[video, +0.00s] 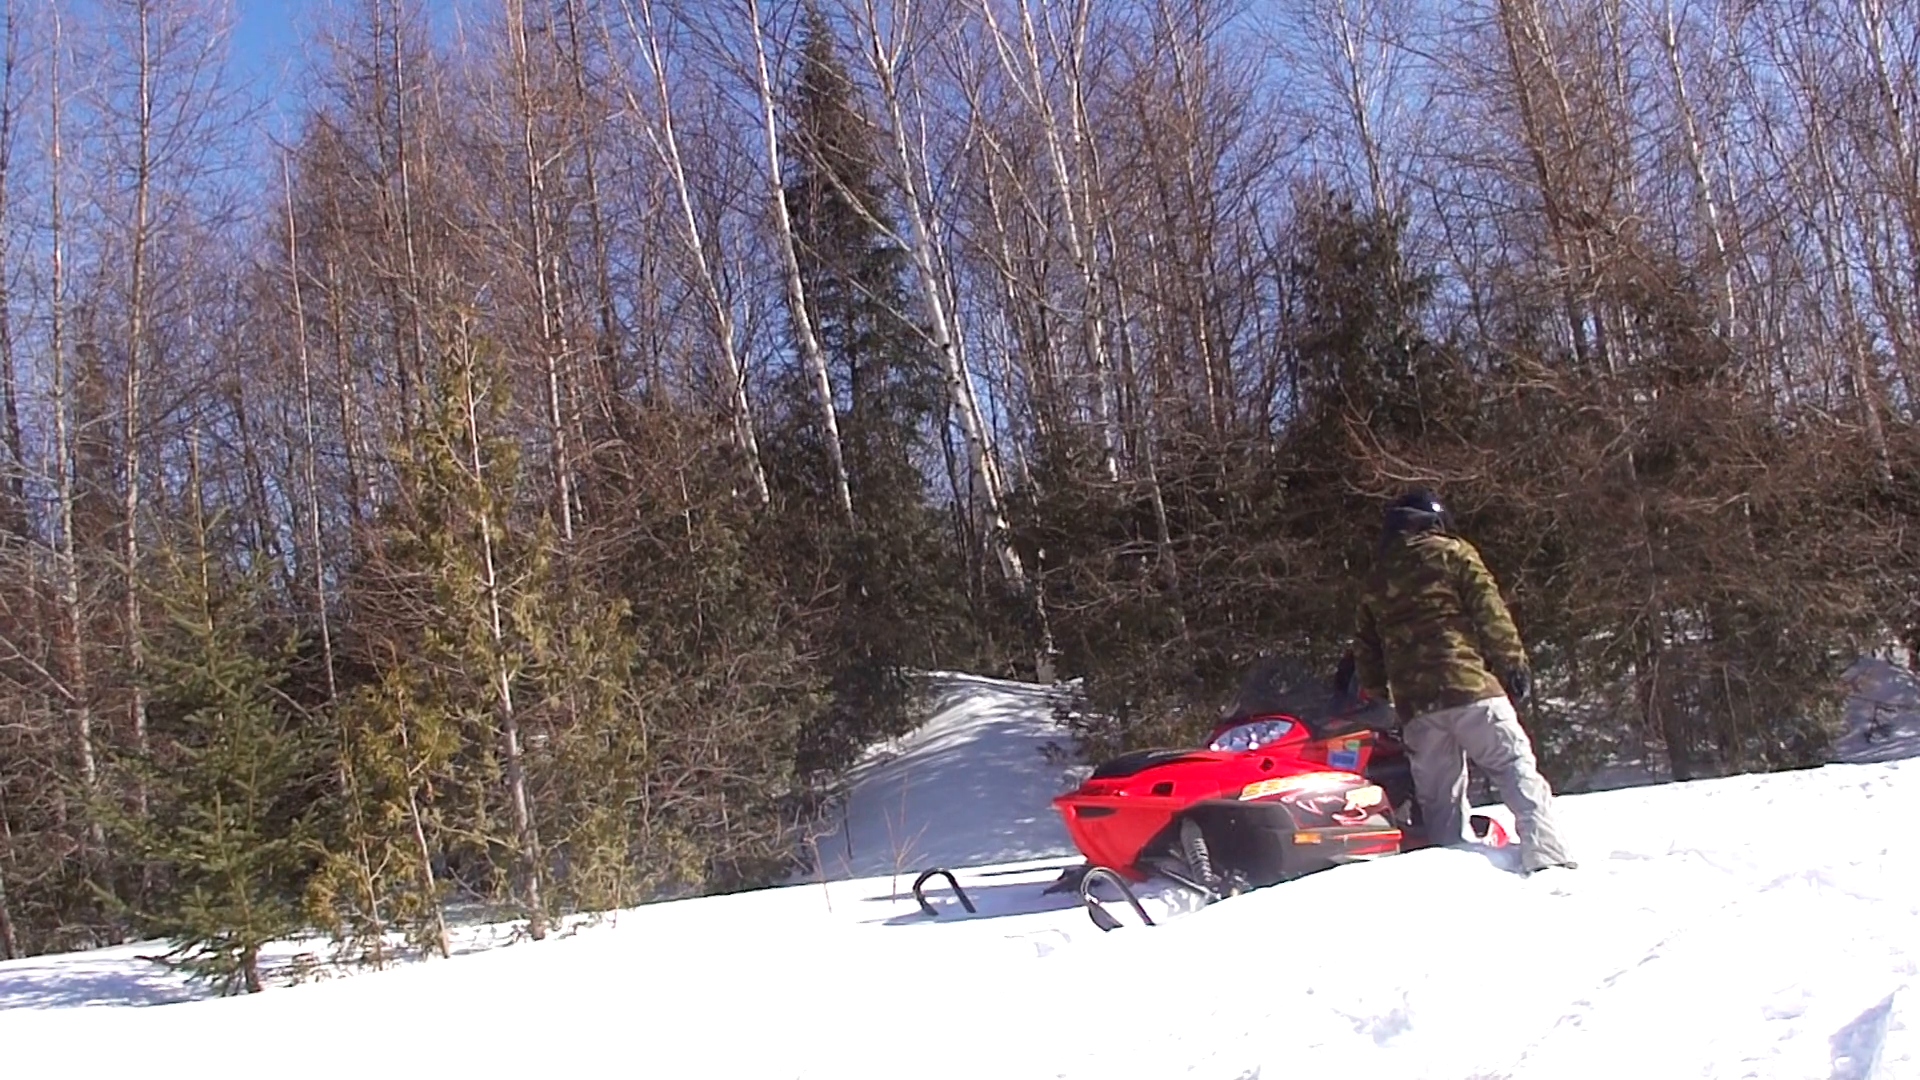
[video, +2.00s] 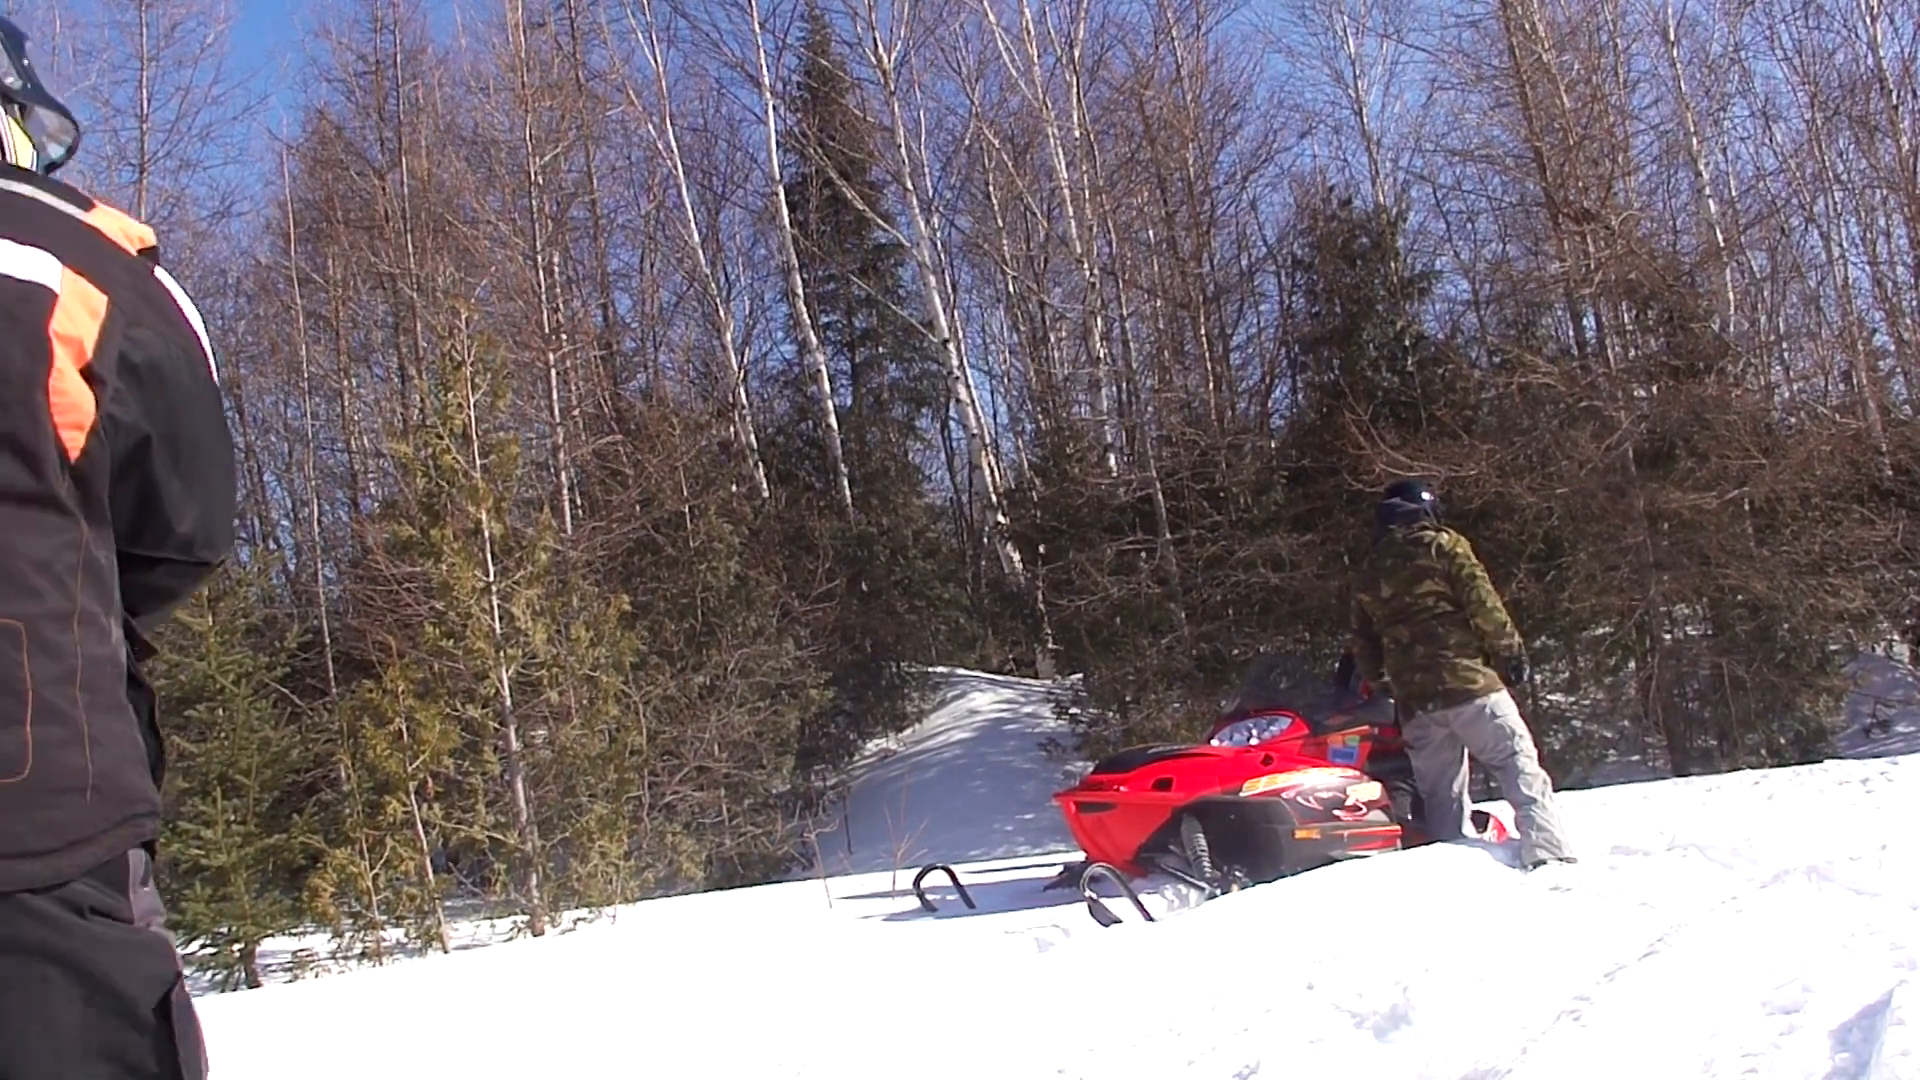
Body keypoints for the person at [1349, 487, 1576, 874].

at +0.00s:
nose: (1447, 525)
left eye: (1443, 521)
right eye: (1443, 520)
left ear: (1394, 524)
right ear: (1435, 519)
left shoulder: (1376, 575)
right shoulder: (1452, 551)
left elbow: (1367, 645)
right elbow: (1487, 607)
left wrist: (1377, 690)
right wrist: (1512, 661)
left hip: (1414, 700)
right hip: (1469, 687)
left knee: (1439, 800)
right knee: (1513, 765)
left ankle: (1449, 878)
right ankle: (1544, 853)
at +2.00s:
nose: (1437, 513)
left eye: (1434, 506)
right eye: (1432, 507)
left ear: (1389, 514)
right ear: (1422, 509)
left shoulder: (1368, 567)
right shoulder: (1445, 544)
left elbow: (1363, 641)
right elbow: (1482, 603)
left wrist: (1381, 681)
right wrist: (1512, 651)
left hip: (1412, 698)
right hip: (1468, 683)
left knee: (1440, 798)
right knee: (1516, 761)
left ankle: (1450, 877)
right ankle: (1547, 854)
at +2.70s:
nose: (1477, 556)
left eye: (1481, 552)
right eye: (1478, 548)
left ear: (1438, 523)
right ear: (1468, 531)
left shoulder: (1388, 560)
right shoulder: (1450, 545)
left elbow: (1377, 630)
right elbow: (1472, 610)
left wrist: (1393, 684)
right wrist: (1505, 658)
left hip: (1408, 696)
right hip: (1454, 682)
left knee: (1440, 799)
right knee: (1512, 759)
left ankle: (1449, 873)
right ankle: (1547, 854)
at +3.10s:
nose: (1514, 563)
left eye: (1521, 557)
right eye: (1519, 552)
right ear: (1507, 532)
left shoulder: (1429, 548)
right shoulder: (1470, 540)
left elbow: (1416, 618)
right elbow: (1474, 602)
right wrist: (1503, 656)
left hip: (1422, 687)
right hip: (1462, 677)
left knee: (1453, 787)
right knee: (1533, 748)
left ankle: (1459, 867)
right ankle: (1562, 848)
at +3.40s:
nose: (1569, 554)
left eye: (1574, 547)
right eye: (1571, 543)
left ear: (1545, 525)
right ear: (1554, 528)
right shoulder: (1513, 543)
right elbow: (1507, 612)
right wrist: (1528, 677)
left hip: (1461, 681)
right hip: (1494, 678)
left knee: (1474, 776)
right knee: (1561, 750)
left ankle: (1467, 858)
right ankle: (1593, 847)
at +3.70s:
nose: (1635, 543)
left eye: (1640, 535)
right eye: (1635, 532)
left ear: (1608, 520)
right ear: (1615, 522)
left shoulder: (1547, 538)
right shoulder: (1572, 546)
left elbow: (1511, 609)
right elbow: (1560, 616)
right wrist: (1590, 678)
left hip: (1508, 675)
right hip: (1539, 674)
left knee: (1513, 770)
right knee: (1608, 745)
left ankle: (1482, 854)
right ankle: (1599, 854)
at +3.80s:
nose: (1647, 529)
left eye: (1651, 520)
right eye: (1645, 517)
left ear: (1615, 509)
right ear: (1623, 510)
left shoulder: (1582, 534)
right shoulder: (1580, 537)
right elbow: (1567, 609)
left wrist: (1601, 661)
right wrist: (1602, 669)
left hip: (1519, 665)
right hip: (1544, 665)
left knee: (1546, 751)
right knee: (1608, 744)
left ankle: (1483, 836)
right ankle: (1599, 853)